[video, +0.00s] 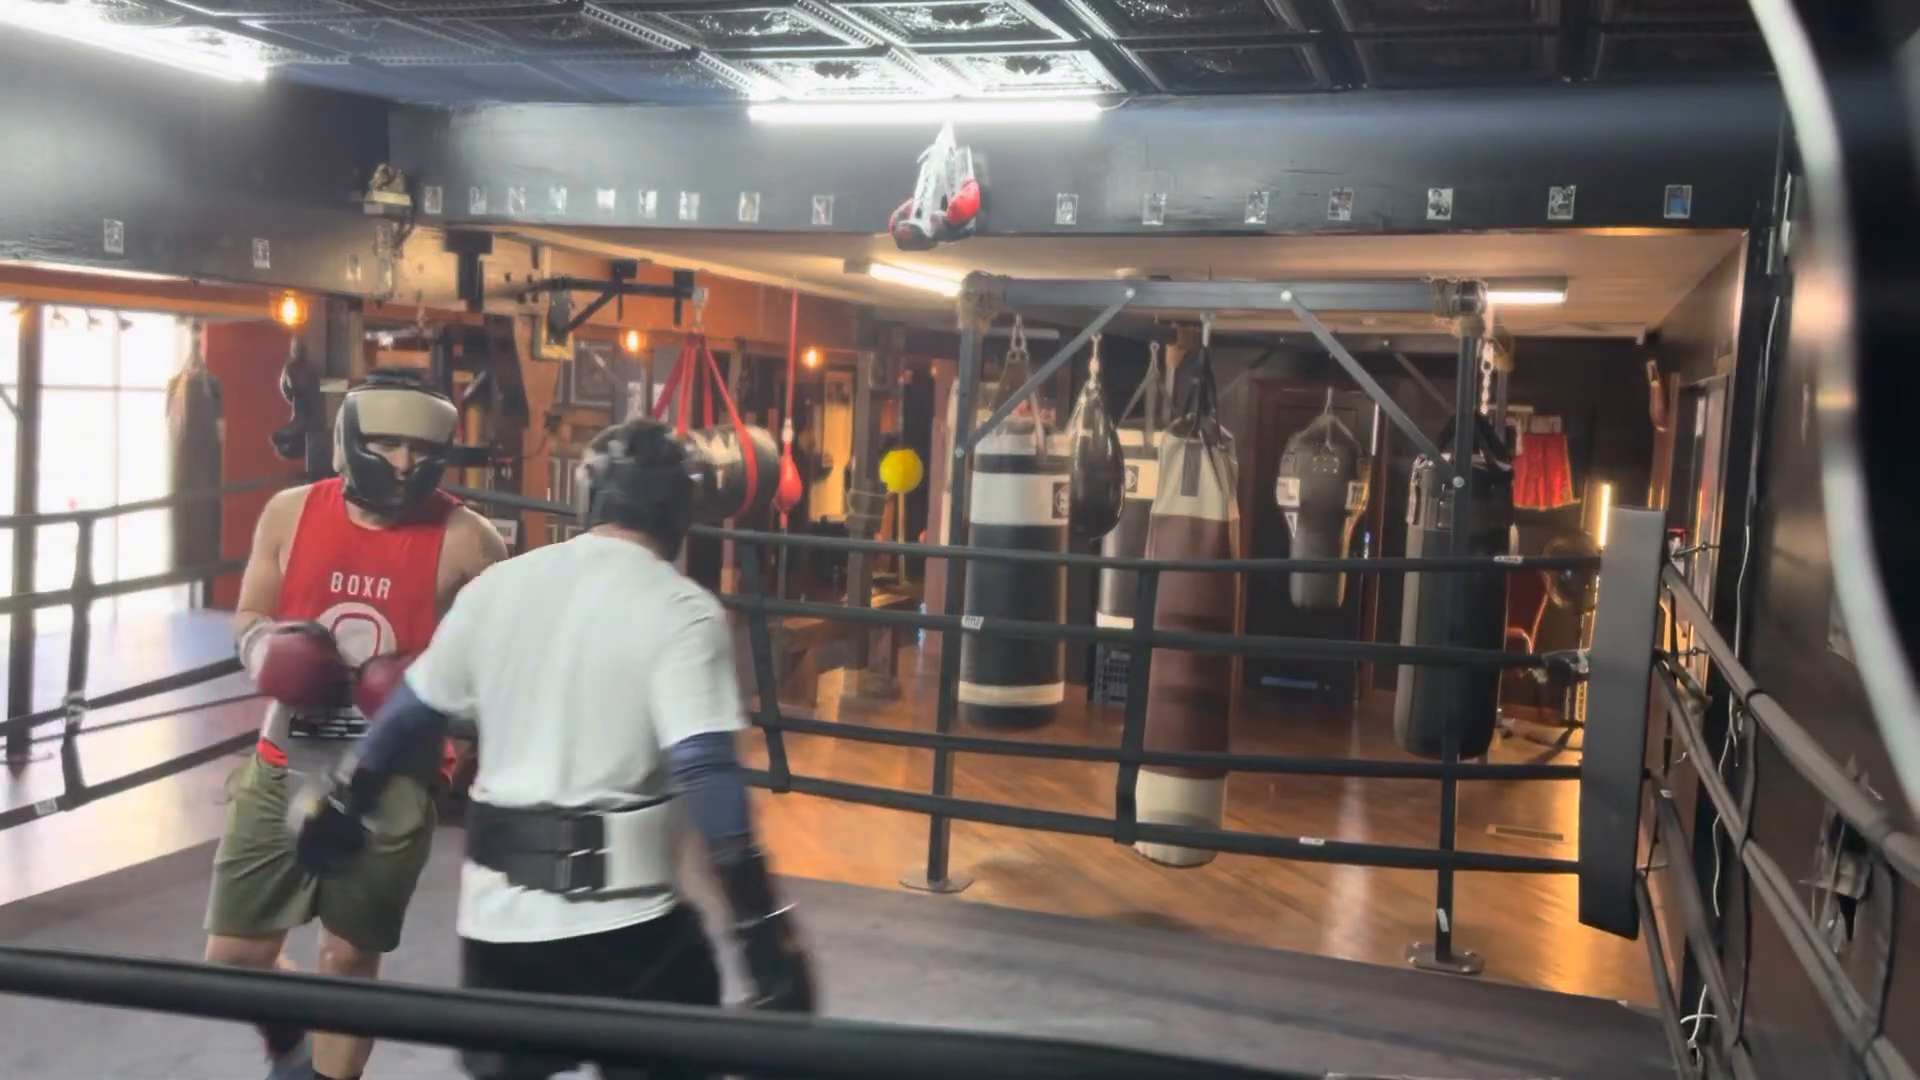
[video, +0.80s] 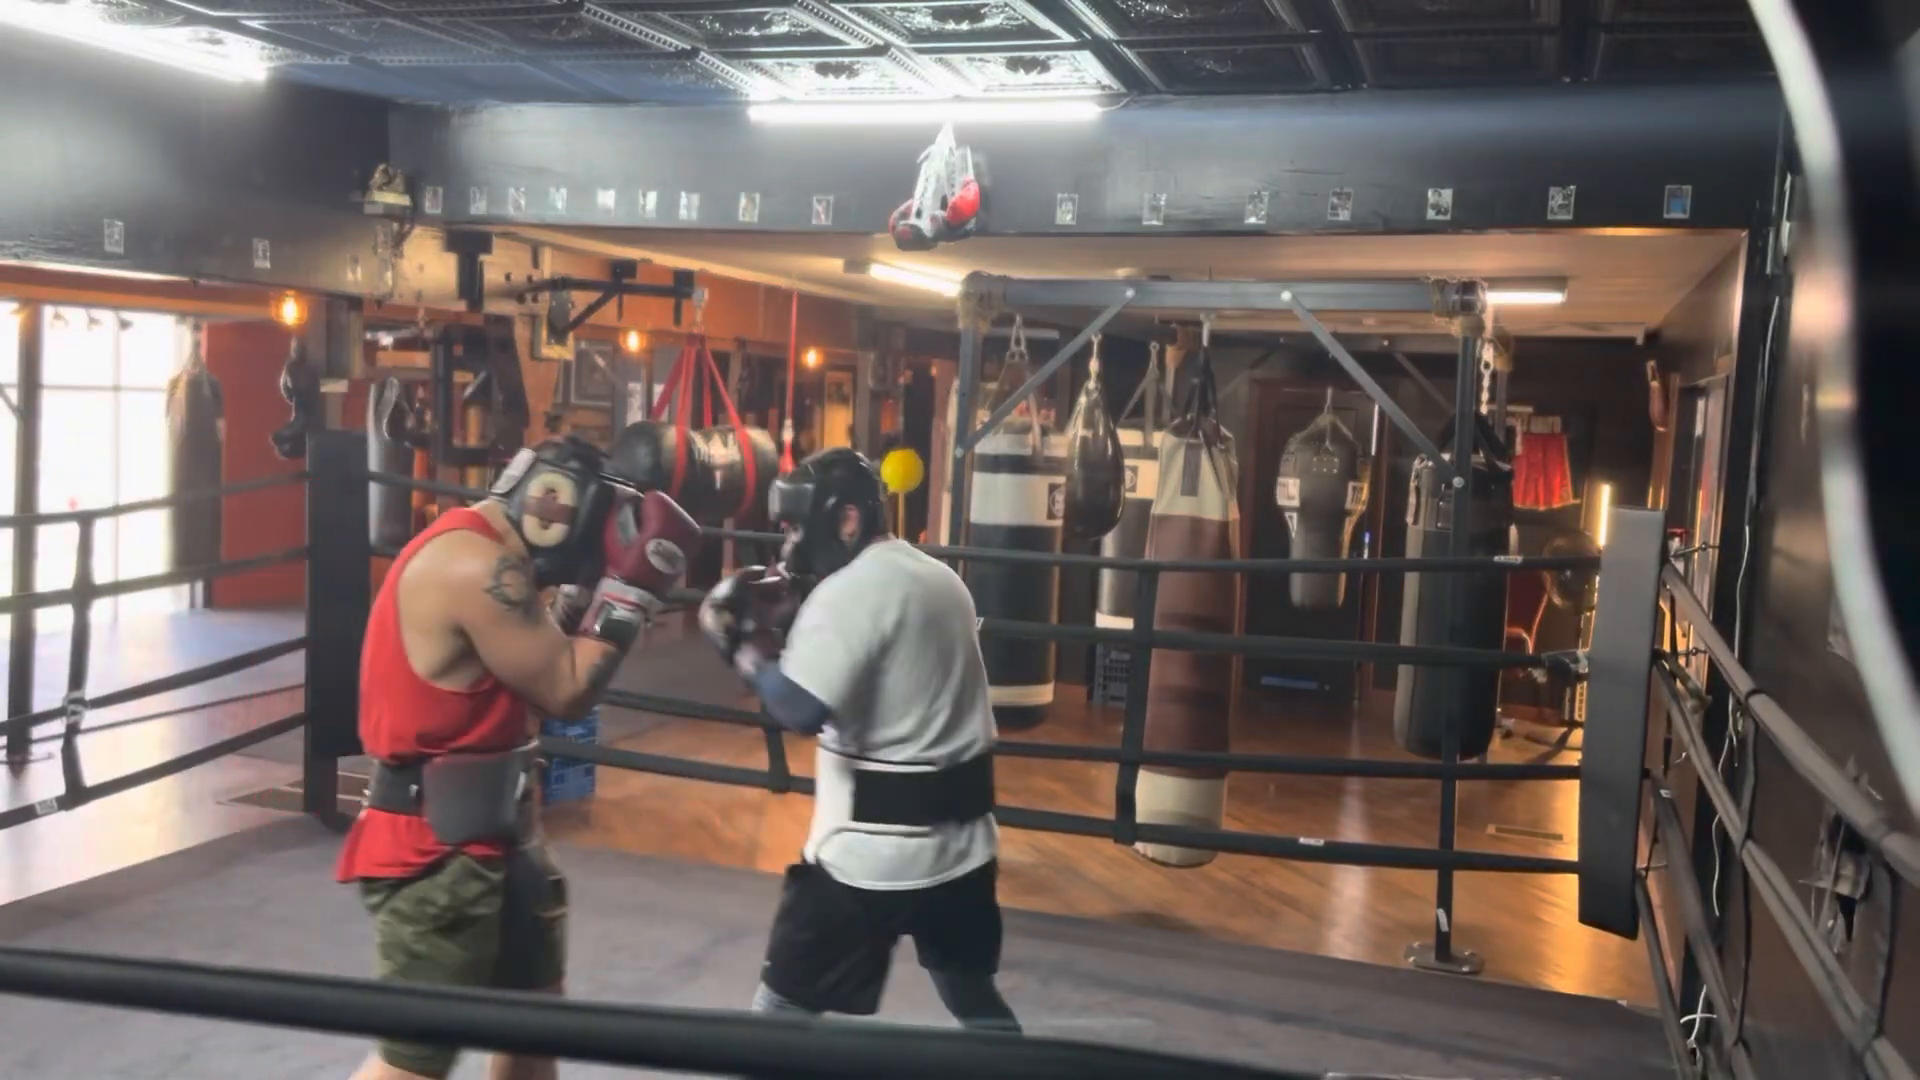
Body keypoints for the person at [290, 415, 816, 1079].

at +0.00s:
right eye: (694, 515)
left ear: (592, 504)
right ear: (680, 518)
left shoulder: (496, 587)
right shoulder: (680, 608)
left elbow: (409, 711)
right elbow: (706, 772)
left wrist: (347, 804)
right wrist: (762, 926)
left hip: (499, 935)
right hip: (628, 935)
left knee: (503, 1067)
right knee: (695, 1066)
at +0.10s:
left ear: (635, 482)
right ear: (734, 495)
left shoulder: (556, 573)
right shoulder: (768, 587)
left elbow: (488, 714)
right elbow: (841, 729)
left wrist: (468, 831)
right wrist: (909, 858)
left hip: (575, 898)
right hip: (702, 900)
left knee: (586, 1050)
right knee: (718, 1064)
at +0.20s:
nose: (776, 494)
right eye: (770, 481)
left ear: (658, 481)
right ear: (754, 488)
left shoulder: (583, 569)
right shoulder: (800, 581)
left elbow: (519, 699)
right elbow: (884, 712)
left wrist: (514, 821)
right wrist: (953, 811)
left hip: (601, 882)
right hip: (728, 883)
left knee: (622, 1058)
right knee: (746, 1068)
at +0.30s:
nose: (676, 490)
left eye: (681, 480)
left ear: (690, 488)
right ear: (782, 493)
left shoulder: (632, 575)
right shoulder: (842, 580)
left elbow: (550, 695)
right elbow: (936, 694)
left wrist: (556, 796)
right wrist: (979, 747)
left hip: (655, 881)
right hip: (780, 881)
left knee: (670, 1056)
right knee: (765, 1062)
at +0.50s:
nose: (699, 509)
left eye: (706, 493)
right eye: (700, 492)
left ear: (741, 495)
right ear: (798, 490)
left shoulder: (692, 578)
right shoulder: (886, 568)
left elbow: (593, 687)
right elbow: (938, 686)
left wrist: (611, 727)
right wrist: (859, 659)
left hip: (732, 868)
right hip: (857, 867)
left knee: (716, 1046)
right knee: (883, 1025)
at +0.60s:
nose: (719, 514)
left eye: (727, 497)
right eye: (718, 497)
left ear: (772, 492)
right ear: (812, 487)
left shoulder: (733, 571)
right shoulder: (910, 562)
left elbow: (636, 676)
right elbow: (945, 681)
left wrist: (611, 649)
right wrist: (864, 660)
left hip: (773, 850)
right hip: (895, 845)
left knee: (747, 1030)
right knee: (920, 996)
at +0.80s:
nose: (787, 541)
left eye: (797, 525)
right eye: (786, 525)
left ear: (849, 522)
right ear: (855, 521)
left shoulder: (848, 594)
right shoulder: (942, 579)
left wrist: (742, 649)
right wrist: (795, 609)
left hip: (868, 856)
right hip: (962, 850)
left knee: (780, 1018)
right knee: (973, 993)